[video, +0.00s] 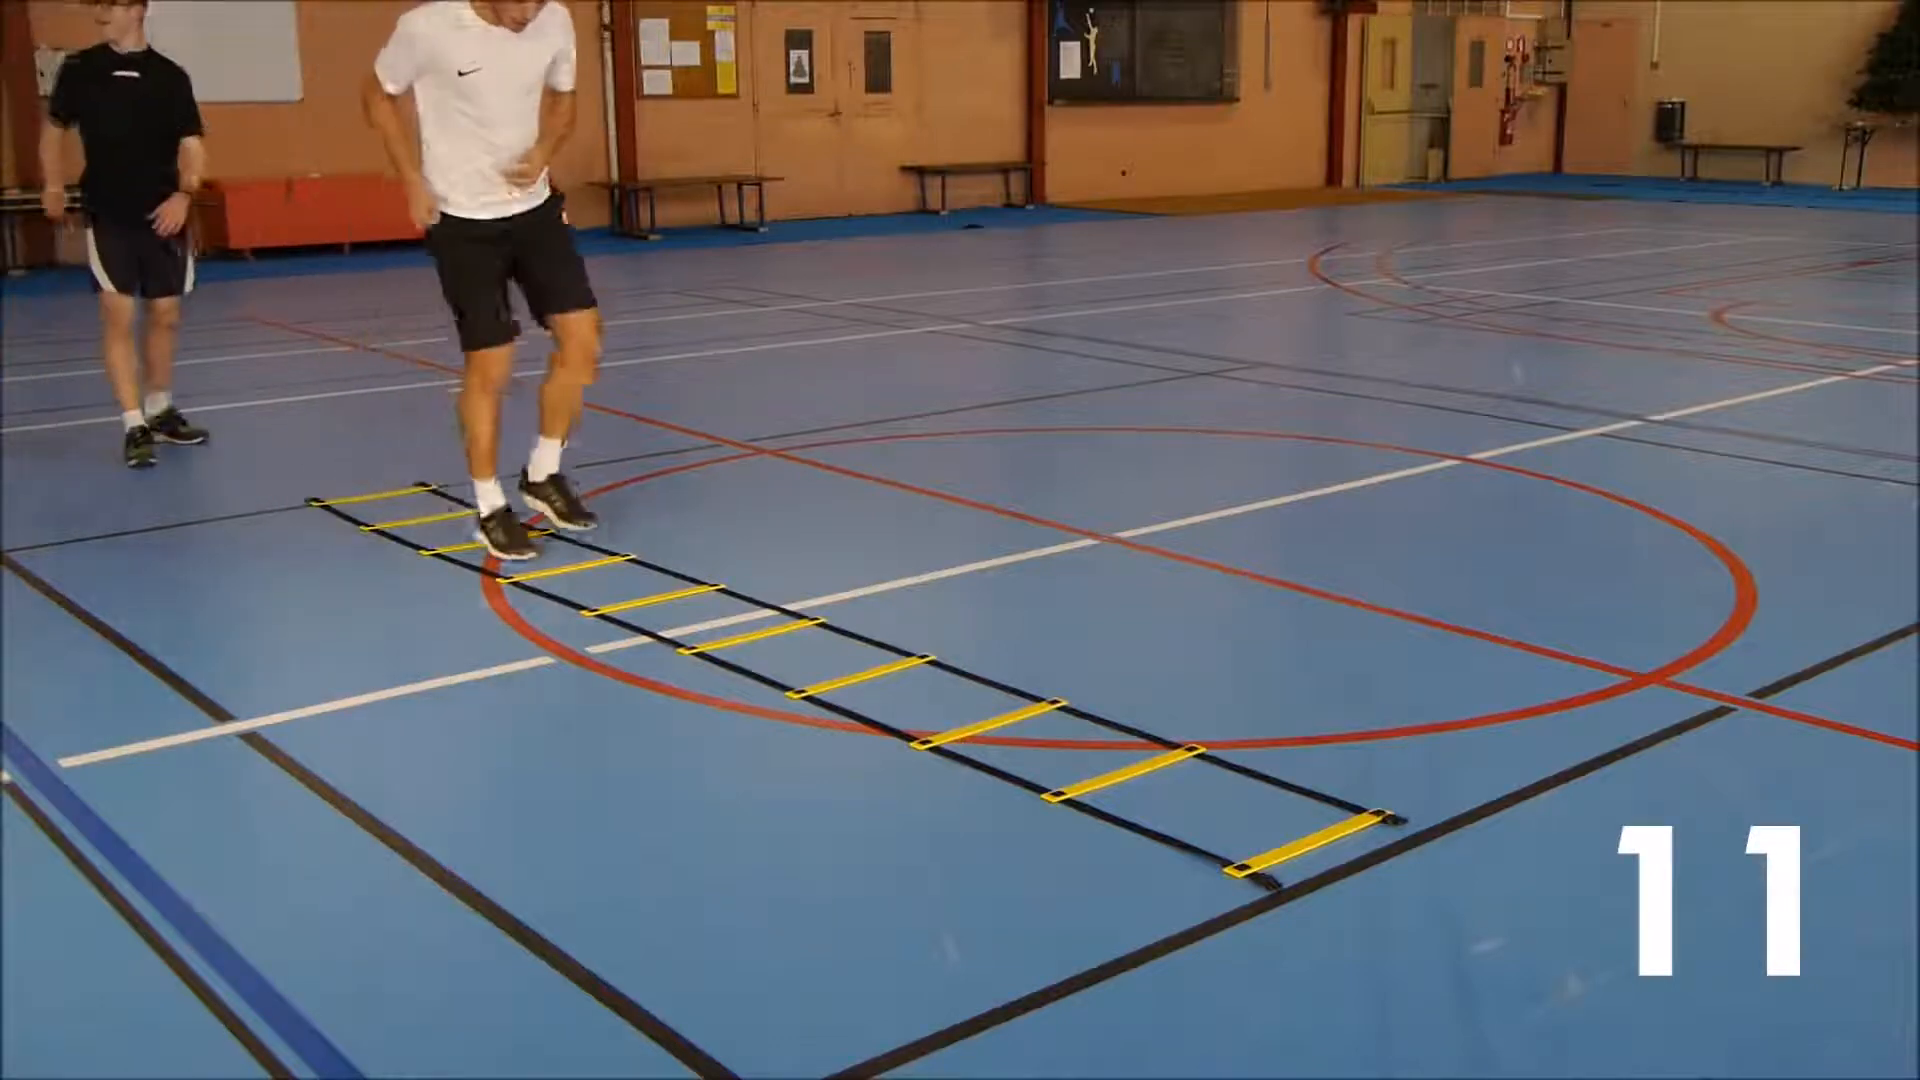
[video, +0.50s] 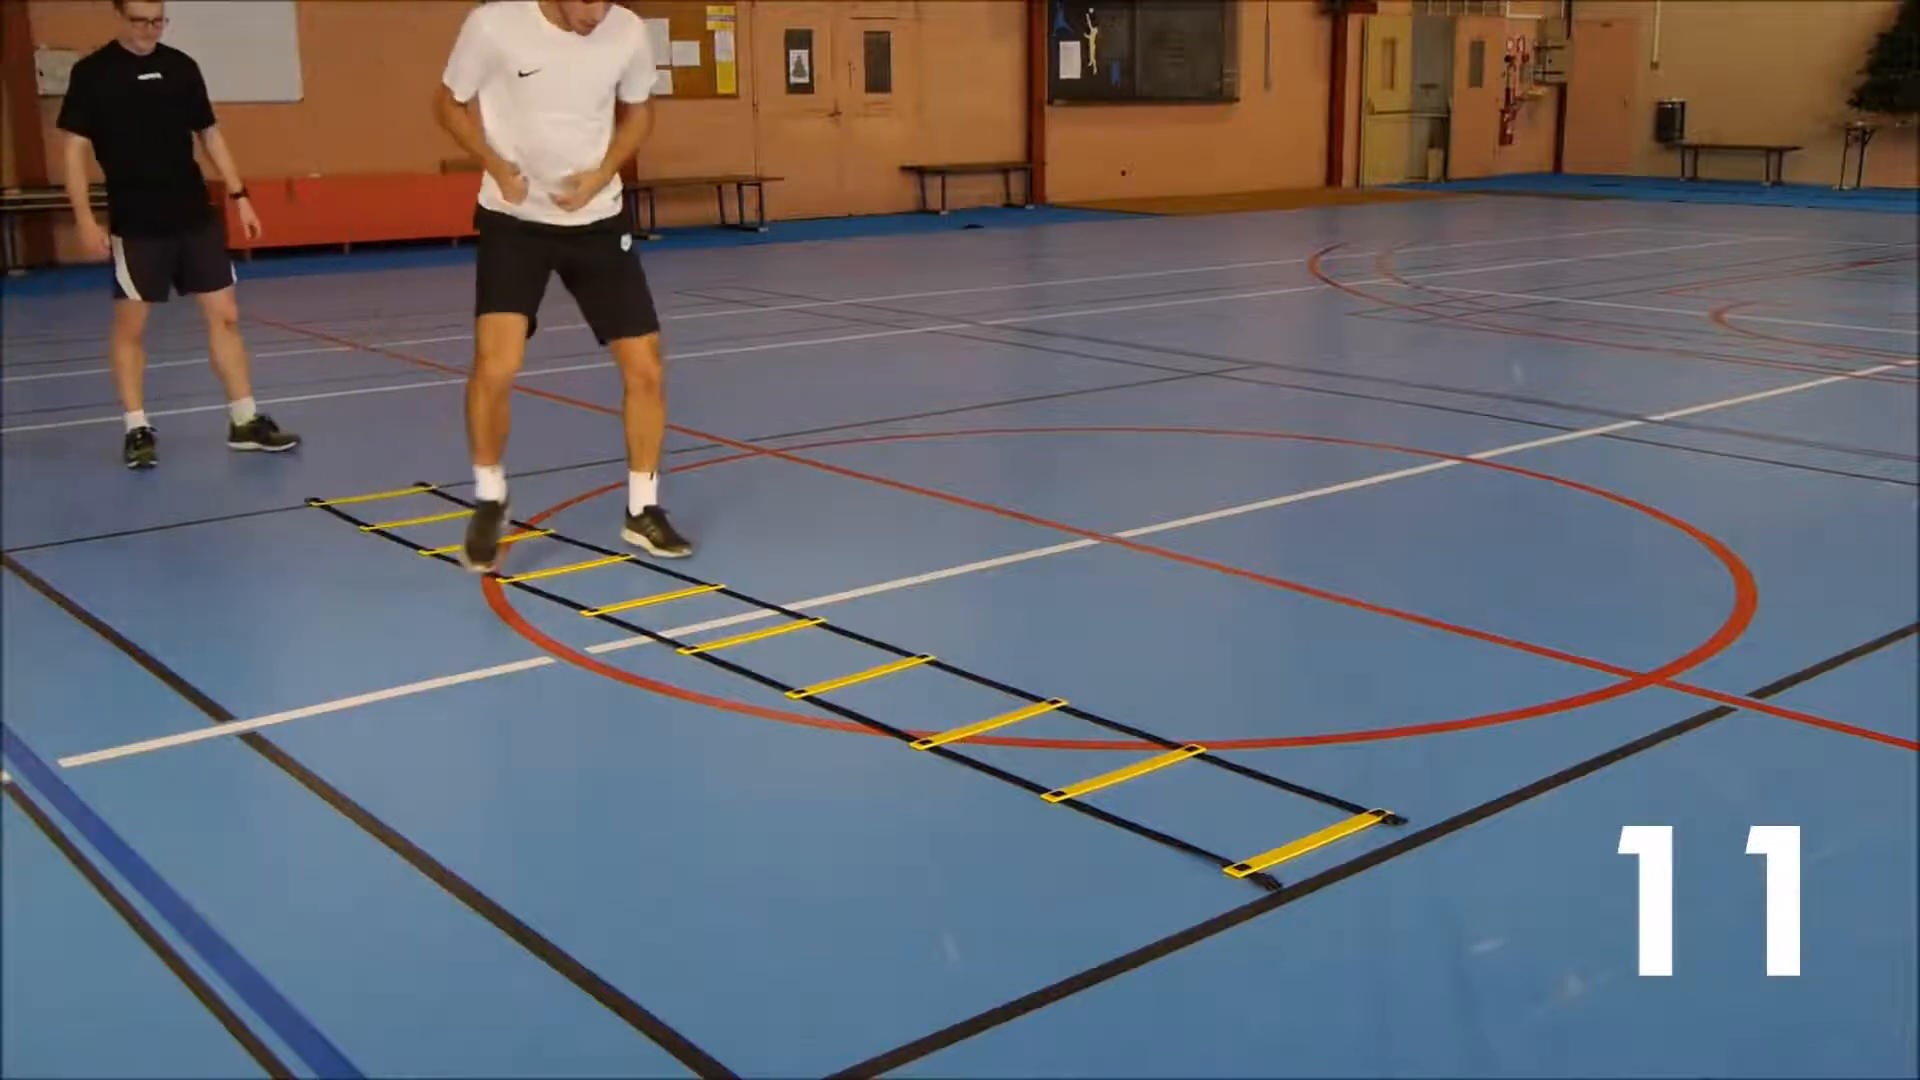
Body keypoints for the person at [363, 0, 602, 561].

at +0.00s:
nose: (528, 16)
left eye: (535, 8)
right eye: (520, 8)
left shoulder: (554, 21)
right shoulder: (426, 27)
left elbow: (561, 98)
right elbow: (378, 92)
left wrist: (542, 152)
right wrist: (413, 182)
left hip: (536, 211)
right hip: (463, 220)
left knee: (581, 343)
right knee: (489, 364)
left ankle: (543, 475)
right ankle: (491, 508)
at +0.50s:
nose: (595, 16)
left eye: (603, 6)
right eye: (586, 5)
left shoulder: (629, 33)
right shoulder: (492, 25)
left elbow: (637, 117)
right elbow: (449, 104)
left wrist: (601, 171)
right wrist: (494, 162)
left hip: (598, 224)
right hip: (512, 223)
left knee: (646, 369)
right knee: (494, 370)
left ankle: (643, 510)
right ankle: (489, 498)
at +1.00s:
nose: (658, 16)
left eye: (663, 9)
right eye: (650, 9)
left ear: (666, 1)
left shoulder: (677, 25)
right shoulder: (548, 26)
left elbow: (676, 106)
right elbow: (492, 107)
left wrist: (656, 170)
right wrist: (574, 158)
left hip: (647, 234)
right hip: (565, 240)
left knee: (726, 359)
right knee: (545, 400)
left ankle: (656, 491)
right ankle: (489, 557)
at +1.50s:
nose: (721, 1)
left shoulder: (763, 14)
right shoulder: (613, 10)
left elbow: (767, 102)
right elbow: (568, 77)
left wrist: (726, 168)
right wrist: (614, 155)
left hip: (718, 226)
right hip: (633, 229)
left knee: (754, 383)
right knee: (654, 394)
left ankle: (696, 541)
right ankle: (651, 547)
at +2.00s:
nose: (822, 6)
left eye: (829, 3)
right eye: (813, 2)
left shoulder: (853, 24)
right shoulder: (698, 17)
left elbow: (854, 118)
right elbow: (654, 98)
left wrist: (818, 198)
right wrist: (708, 169)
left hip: (807, 242)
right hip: (714, 244)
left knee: (864, 405)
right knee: (744, 420)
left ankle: (835, 551)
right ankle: (767, 585)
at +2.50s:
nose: (913, 3)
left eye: (917, 0)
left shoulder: (912, 29)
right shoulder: (773, 26)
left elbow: (887, 116)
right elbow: (714, 131)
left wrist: (876, 202)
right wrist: (792, 210)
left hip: (862, 249)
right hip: (769, 259)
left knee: (961, 395)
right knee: (754, 441)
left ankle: (913, 562)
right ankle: (686, 613)